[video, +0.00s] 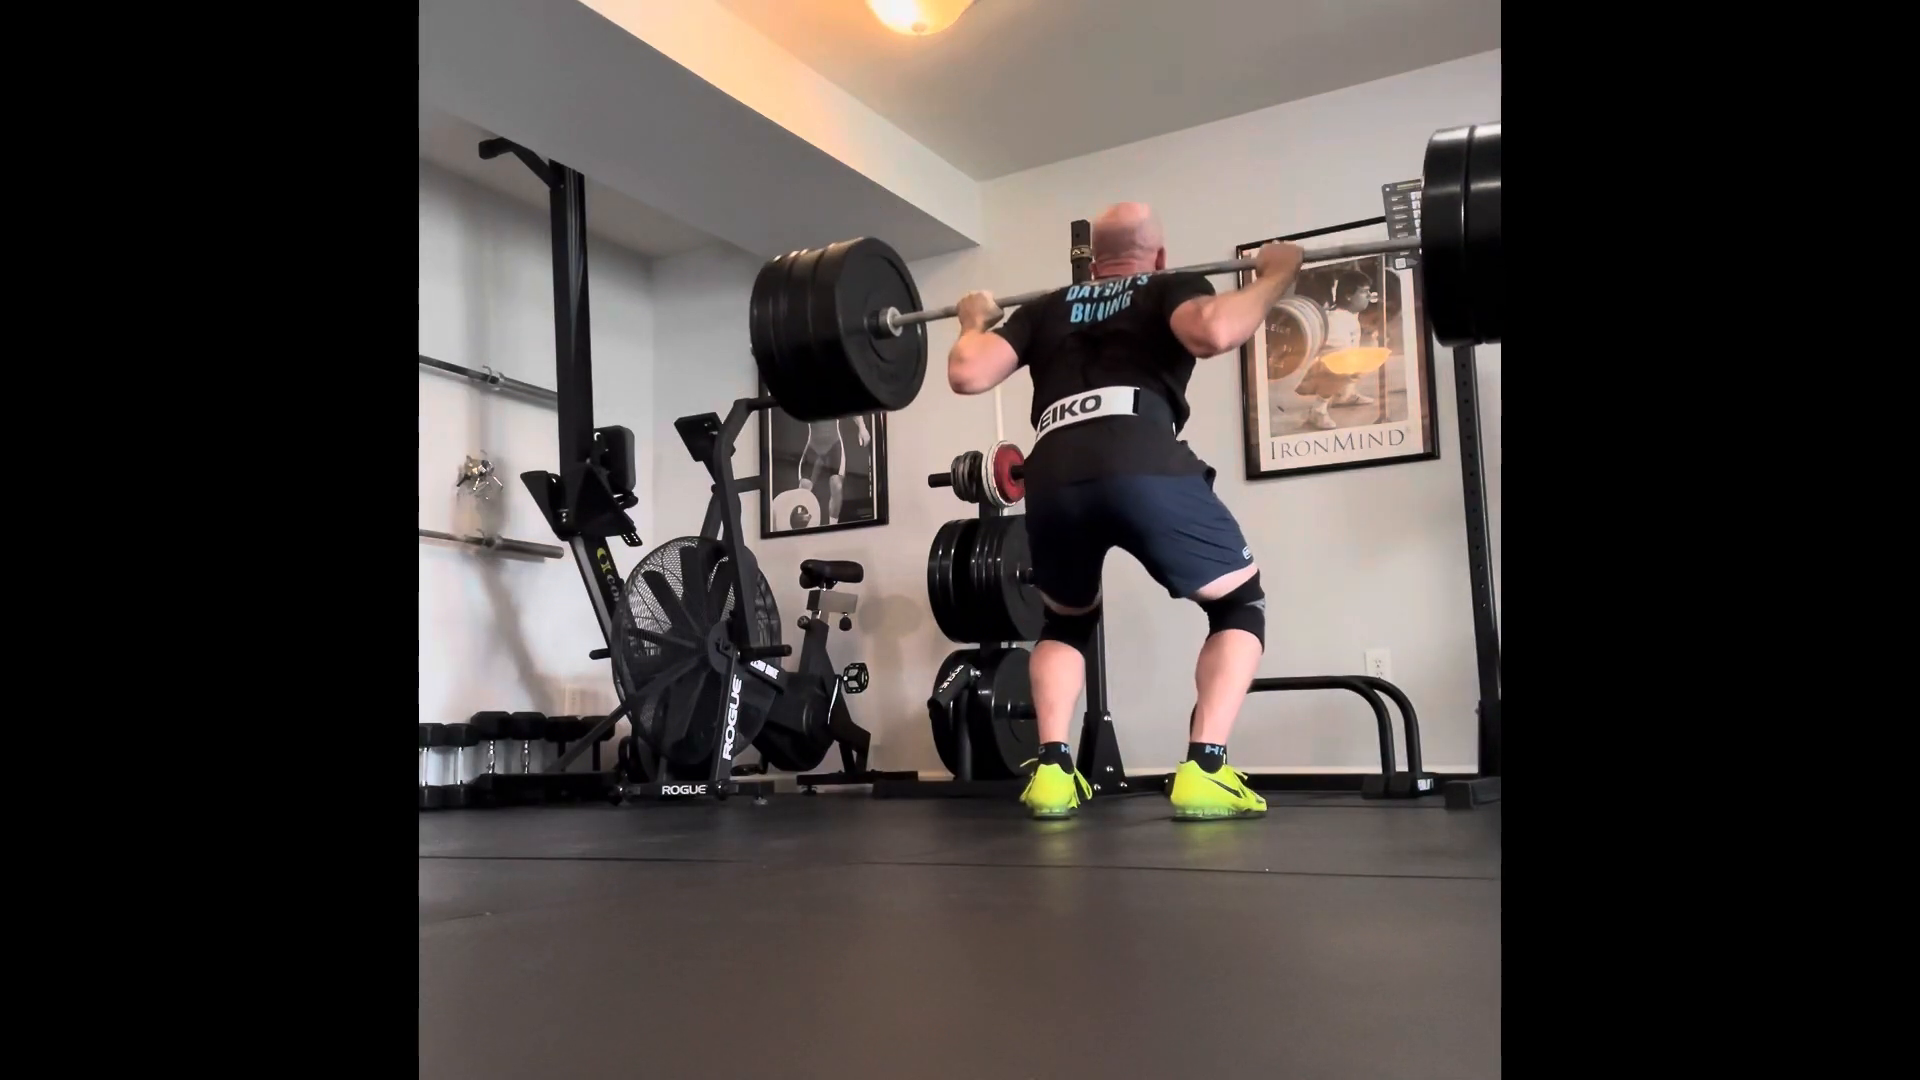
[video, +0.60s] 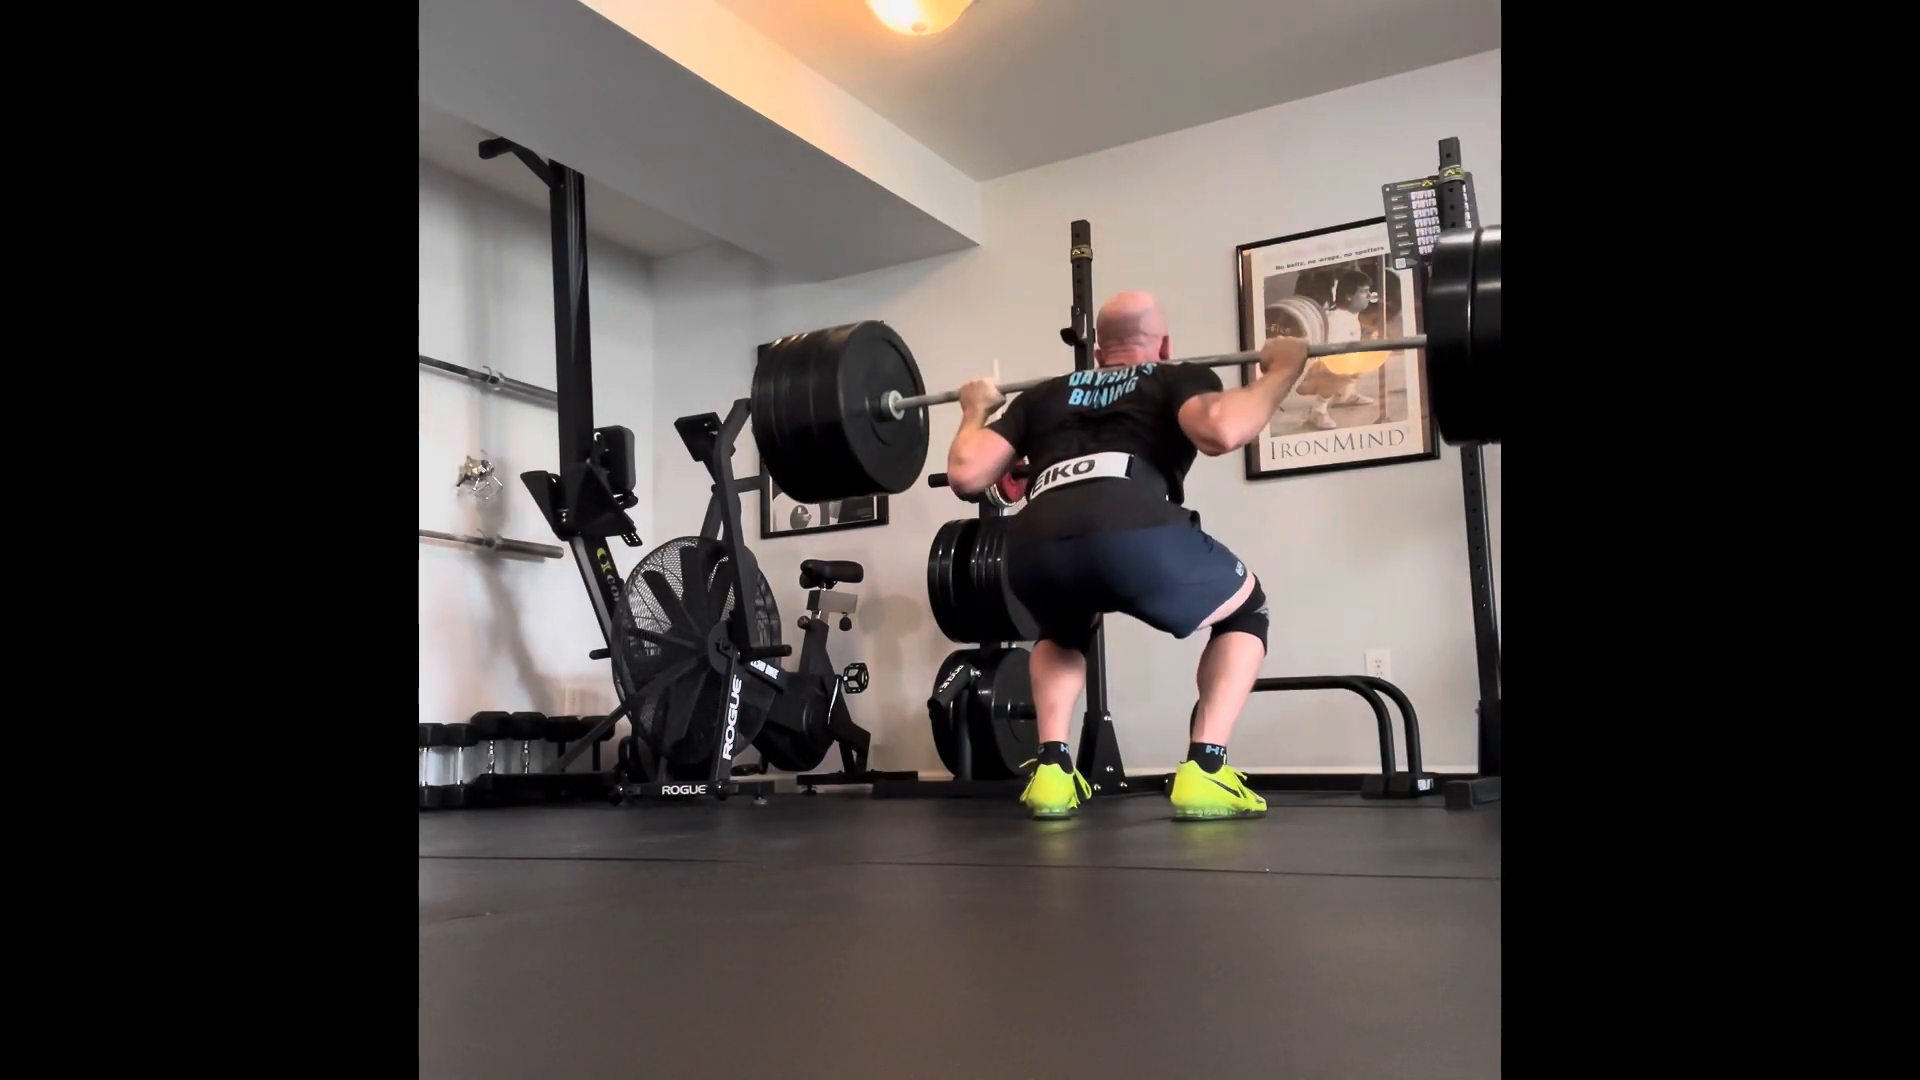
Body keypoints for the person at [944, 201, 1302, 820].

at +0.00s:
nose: (1163, 257)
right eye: (1161, 250)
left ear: (1092, 257)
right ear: (1157, 255)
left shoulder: (1045, 308)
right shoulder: (1168, 285)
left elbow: (965, 375)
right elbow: (1216, 331)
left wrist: (973, 320)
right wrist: (1275, 276)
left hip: (1052, 467)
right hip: (1141, 453)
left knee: (1065, 618)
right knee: (1237, 605)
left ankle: (1052, 766)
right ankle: (1205, 765)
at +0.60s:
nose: (1164, 346)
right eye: (1163, 340)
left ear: (1098, 348)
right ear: (1160, 345)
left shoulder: (1042, 395)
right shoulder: (1174, 377)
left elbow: (965, 475)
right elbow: (1221, 431)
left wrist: (972, 410)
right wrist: (1280, 371)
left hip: (1034, 538)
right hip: (1131, 526)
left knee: (1061, 629)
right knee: (1243, 611)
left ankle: (1051, 769)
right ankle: (1205, 767)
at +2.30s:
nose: (1160, 258)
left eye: (1156, 251)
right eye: (1159, 250)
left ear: (1092, 256)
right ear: (1155, 255)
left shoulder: (1043, 308)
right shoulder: (1169, 288)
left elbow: (963, 376)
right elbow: (1215, 333)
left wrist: (968, 324)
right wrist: (1273, 279)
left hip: (1046, 460)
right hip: (1138, 444)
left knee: (1092, 608)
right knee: (1224, 597)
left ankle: (1056, 764)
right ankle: (1204, 766)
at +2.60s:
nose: (1152, 154)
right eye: (1153, 145)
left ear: (1085, 156)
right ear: (1152, 150)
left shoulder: (1046, 214)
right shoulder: (1171, 186)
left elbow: (970, 286)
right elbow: (1213, 236)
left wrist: (968, 228)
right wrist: (1270, 168)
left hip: (1065, 392)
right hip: (1154, 384)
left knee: (1071, 581)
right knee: (1185, 577)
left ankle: (1052, 764)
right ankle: (1200, 764)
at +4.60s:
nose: (1150, 153)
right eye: (1153, 144)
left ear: (1087, 154)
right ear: (1154, 149)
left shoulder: (1046, 204)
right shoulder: (1165, 179)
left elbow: (969, 261)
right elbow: (1219, 217)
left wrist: (970, 216)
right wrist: (1272, 159)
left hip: (1065, 384)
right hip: (1151, 380)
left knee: (1057, 574)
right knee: (1171, 570)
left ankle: (1050, 764)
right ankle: (1197, 763)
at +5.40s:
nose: (1151, 244)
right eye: (1150, 236)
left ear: (1079, 246)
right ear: (1150, 244)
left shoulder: (1038, 294)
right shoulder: (1165, 271)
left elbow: (956, 346)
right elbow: (1214, 312)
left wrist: (967, 301)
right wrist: (1271, 254)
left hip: (1049, 450)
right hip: (1141, 438)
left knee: (1053, 612)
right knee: (1222, 598)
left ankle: (1050, 765)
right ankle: (1201, 765)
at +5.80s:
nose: (1157, 324)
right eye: (1156, 318)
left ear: (1088, 326)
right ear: (1155, 323)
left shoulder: (1040, 371)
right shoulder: (1168, 353)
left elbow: (957, 441)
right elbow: (1214, 401)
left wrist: (967, 390)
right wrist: (1274, 345)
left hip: (1037, 508)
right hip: (1130, 494)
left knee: (1056, 627)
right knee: (1233, 610)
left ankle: (1051, 769)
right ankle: (1202, 766)